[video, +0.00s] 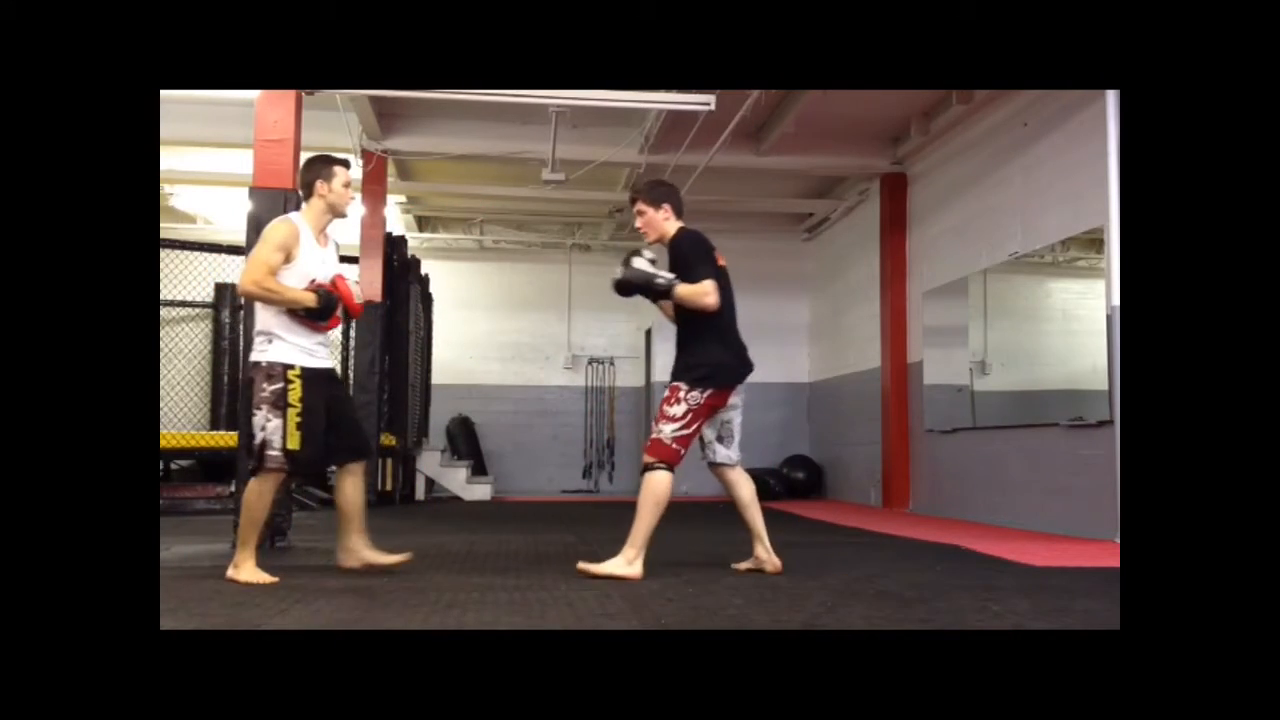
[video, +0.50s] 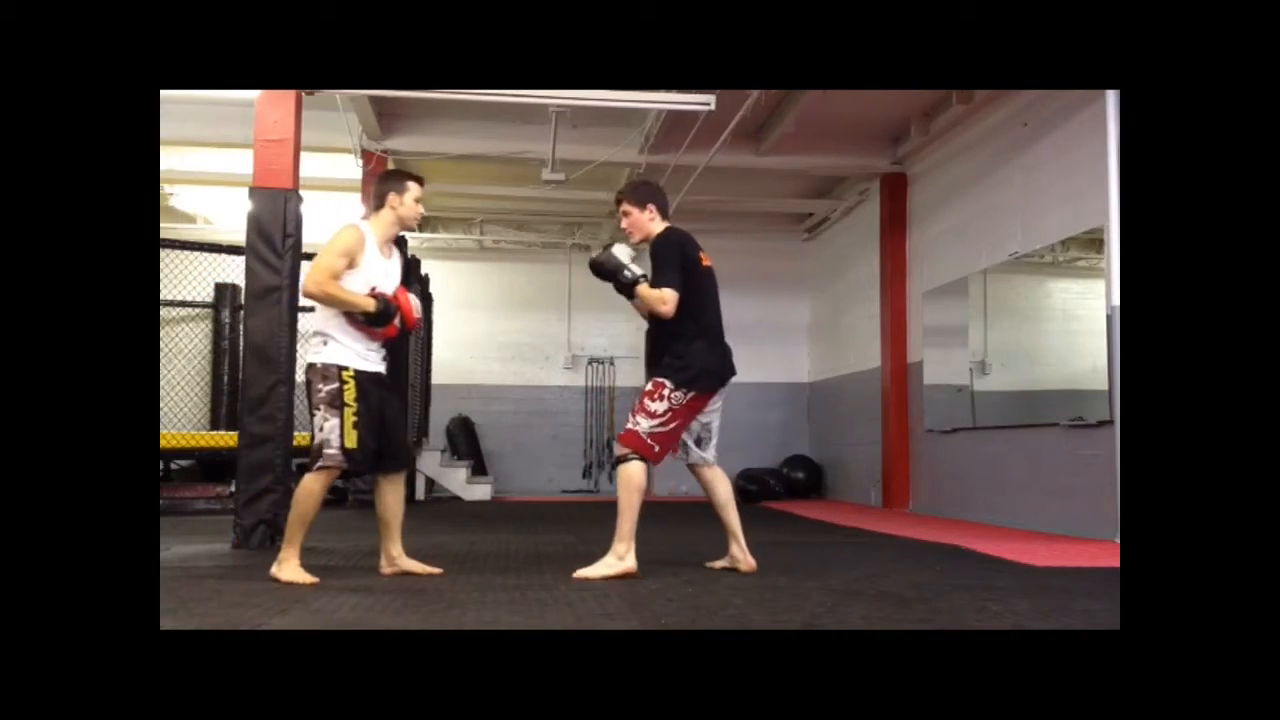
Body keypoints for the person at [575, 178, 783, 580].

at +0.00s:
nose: (638, 225)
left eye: (642, 215)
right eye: (635, 217)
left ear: (666, 211)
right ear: (665, 214)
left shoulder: (686, 242)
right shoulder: (685, 249)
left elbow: (709, 297)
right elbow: (679, 315)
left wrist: (661, 285)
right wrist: (652, 285)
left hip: (702, 369)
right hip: (726, 368)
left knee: (659, 457)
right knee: (725, 460)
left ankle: (631, 557)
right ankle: (764, 551)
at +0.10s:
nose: (625, 225)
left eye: (629, 215)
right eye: (623, 217)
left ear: (653, 212)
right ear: (655, 215)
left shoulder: (673, 245)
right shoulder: (680, 246)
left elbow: (677, 307)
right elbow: (671, 313)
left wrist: (633, 284)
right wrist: (633, 286)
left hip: (693, 371)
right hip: (718, 369)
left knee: (643, 453)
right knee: (712, 460)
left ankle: (626, 558)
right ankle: (762, 546)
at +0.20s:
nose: (616, 222)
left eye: (620, 212)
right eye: (614, 214)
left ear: (644, 208)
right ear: (650, 211)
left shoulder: (659, 242)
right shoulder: (681, 242)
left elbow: (655, 305)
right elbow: (671, 303)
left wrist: (619, 288)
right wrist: (629, 289)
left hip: (684, 365)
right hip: (712, 363)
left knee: (639, 452)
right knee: (699, 454)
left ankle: (626, 558)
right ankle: (752, 538)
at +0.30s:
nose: (614, 218)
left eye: (619, 208)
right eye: (612, 210)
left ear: (642, 204)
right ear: (647, 206)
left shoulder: (655, 237)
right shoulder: (678, 237)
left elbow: (653, 300)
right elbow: (663, 297)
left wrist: (619, 274)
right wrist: (626, 273)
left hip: (679, 364)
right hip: (707, 360)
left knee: (642, 453)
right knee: (697, 451)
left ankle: (627, 558)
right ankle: (741, 543)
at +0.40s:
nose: (618, 220)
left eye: (622, 210)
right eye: (616, 212)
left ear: (646, 205)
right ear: (649, 208)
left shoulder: (661, 240)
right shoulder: (681, 239)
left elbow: (656, 301)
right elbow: (662, 298)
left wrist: (618, 270)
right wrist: (625, 267)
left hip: (679, 368)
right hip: (707, 365)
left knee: (637, 455)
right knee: (700, 457)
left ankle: (626, 558)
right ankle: (739, 550)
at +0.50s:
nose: (622, 225)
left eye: (626, 215)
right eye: (620, 217)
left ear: (650, 210)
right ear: (653, 214)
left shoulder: (668, 242)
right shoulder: (683, 244)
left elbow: (665, 305)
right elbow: (658, 311)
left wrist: (628, 279)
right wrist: (626, 280)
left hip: (685, 370)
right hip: (711, 368)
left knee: (631, 449)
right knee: (702, 458)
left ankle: (621, 553)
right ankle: (740, 551)